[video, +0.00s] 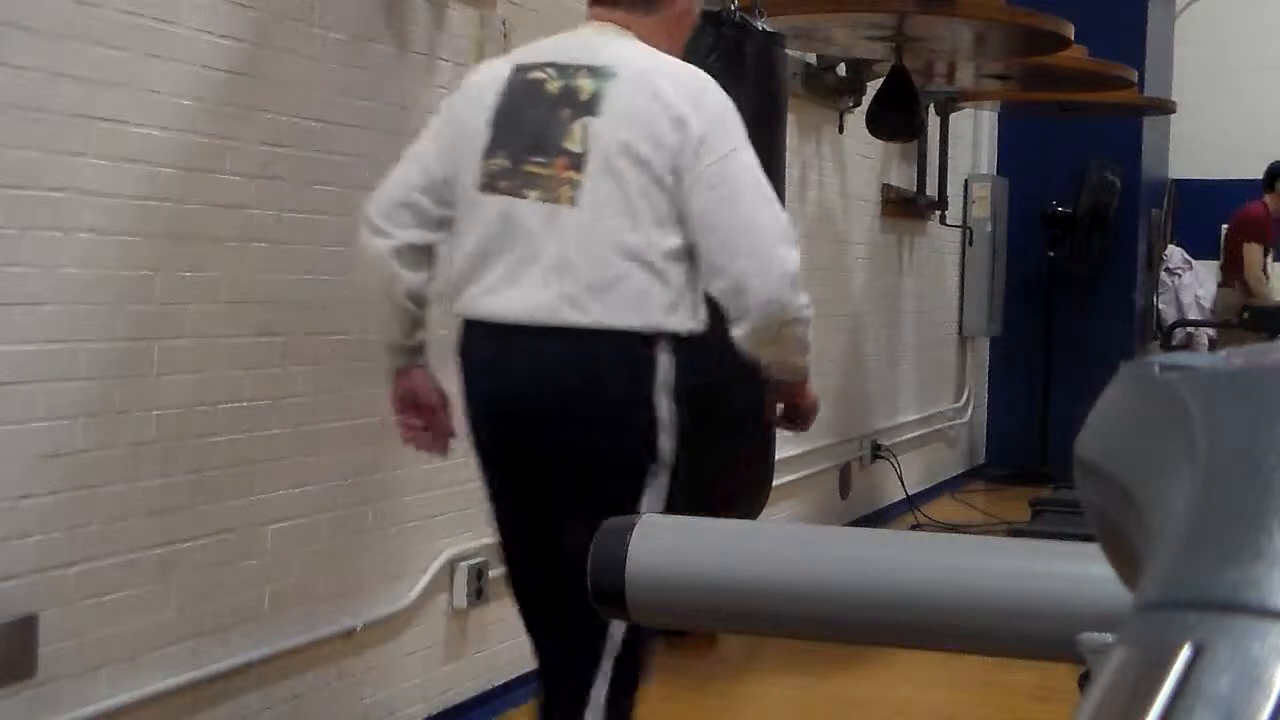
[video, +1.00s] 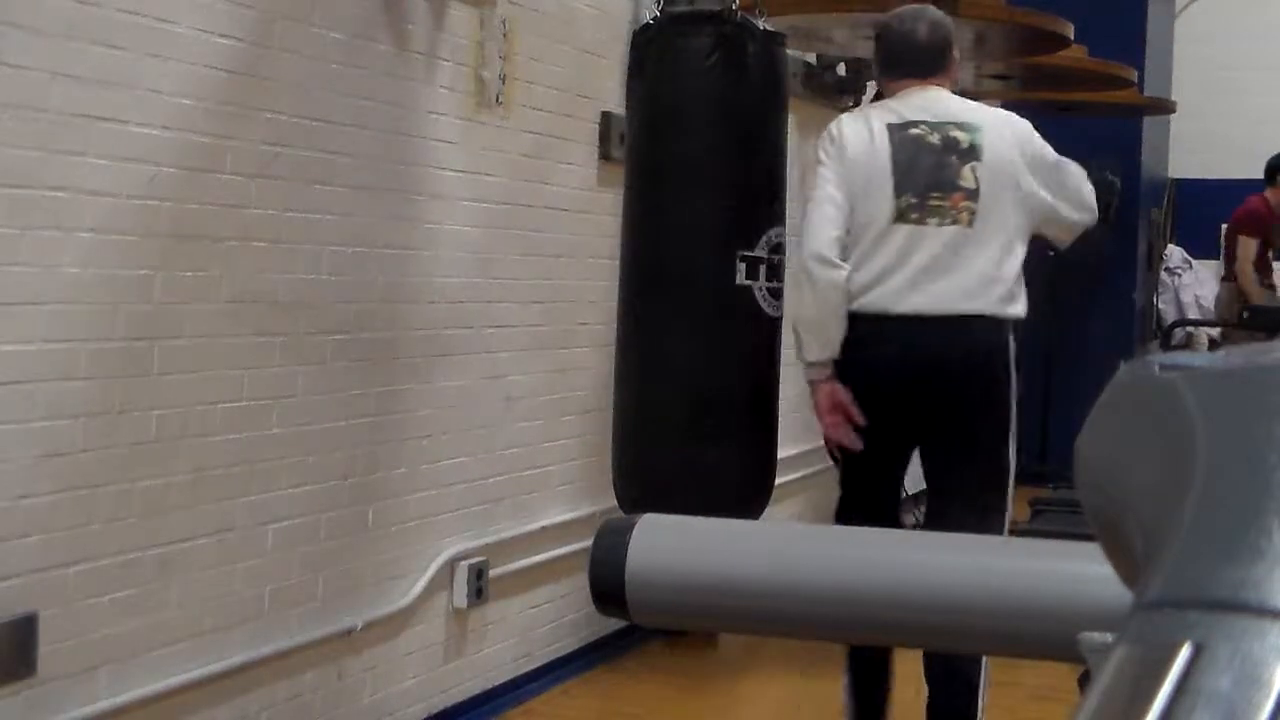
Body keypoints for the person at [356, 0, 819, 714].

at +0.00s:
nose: (693, 29)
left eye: (696, 19)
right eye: (695, 16)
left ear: (594, 5)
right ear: (680, 10)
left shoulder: (490, 80)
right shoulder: (686, 96)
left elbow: (394, 219)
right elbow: (760, 273)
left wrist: (406, 359)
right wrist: (788, 375)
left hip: (495, 359)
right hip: (623, 363)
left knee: (542, 586)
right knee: (609, 590)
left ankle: (570, 707)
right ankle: (586, 712)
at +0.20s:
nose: (749, 56)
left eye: (750, 41)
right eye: (748, 41)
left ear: (658, 31)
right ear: (733, 38)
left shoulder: (574, 116)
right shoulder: (756, 122)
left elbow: (492, 258)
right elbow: (814, 288)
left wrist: (502, 382)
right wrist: (841, 398)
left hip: (578, 377)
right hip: (707, 383)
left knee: (608, 596)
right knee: (700, 595)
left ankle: (618, 710)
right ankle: (664, 714)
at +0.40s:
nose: (811, 45)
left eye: (809, 33)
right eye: (811, 35)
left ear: (725, 28)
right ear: (802, 36)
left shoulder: (644, 105)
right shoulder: (823, 116)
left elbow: (561, 237)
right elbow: (874, 272)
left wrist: (579, 355)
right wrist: (891, 370)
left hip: (652, 363)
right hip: (775, 370)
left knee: (650, 571)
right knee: (800, 560)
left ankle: (639, 712)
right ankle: (788, 708)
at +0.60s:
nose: (878, 87)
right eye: (880, 79)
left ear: (796, 72)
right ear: (872, 79)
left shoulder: (729, 141)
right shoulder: (908, 157)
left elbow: (641, 257)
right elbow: (981, 297)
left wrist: (646, 371)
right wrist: (964, 367)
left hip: (729, 391)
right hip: (855, 399)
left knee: (707, 591)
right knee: (901, 585)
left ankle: (672, 714)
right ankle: (933, 711)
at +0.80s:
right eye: (937, 78)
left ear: (855, 78)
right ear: (934, 79)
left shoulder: (807, 143)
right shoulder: (979, 151)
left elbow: (752, 267)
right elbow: (1050, 284)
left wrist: (745, 383)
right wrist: (995, 313)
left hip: (822, 368)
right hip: (933, 374)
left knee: (815, 545)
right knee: (944, 556)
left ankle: (745, 701)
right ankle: (950, 710)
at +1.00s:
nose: (965, 72)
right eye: (962, 63)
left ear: (879, 71)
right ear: (954, 68)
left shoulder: (846, 135)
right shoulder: (1006, 133)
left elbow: (819, 257)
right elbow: (1078, 210)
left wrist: (821, 372)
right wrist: (1017, 186)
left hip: (876, 355)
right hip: (977, 361)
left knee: (863, 537)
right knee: (970, 542)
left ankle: (867, 704)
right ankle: (955, 707)